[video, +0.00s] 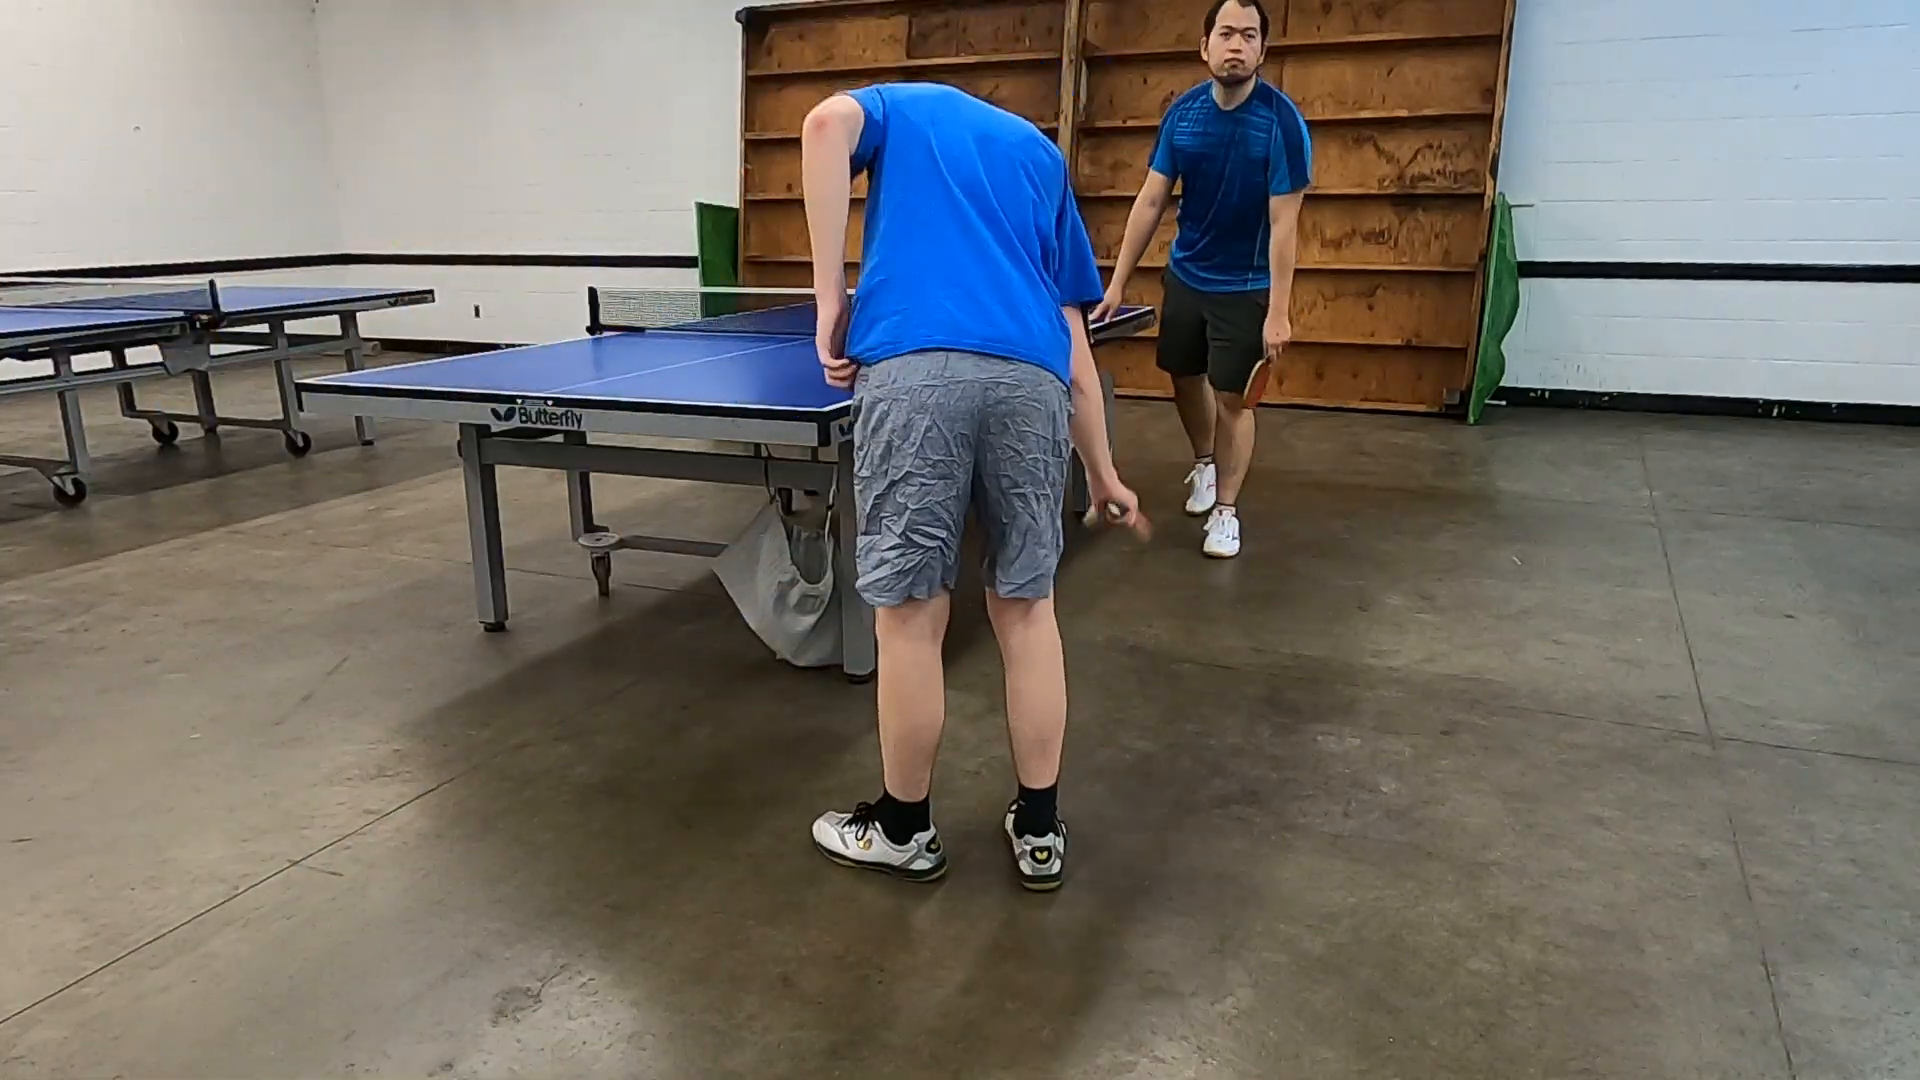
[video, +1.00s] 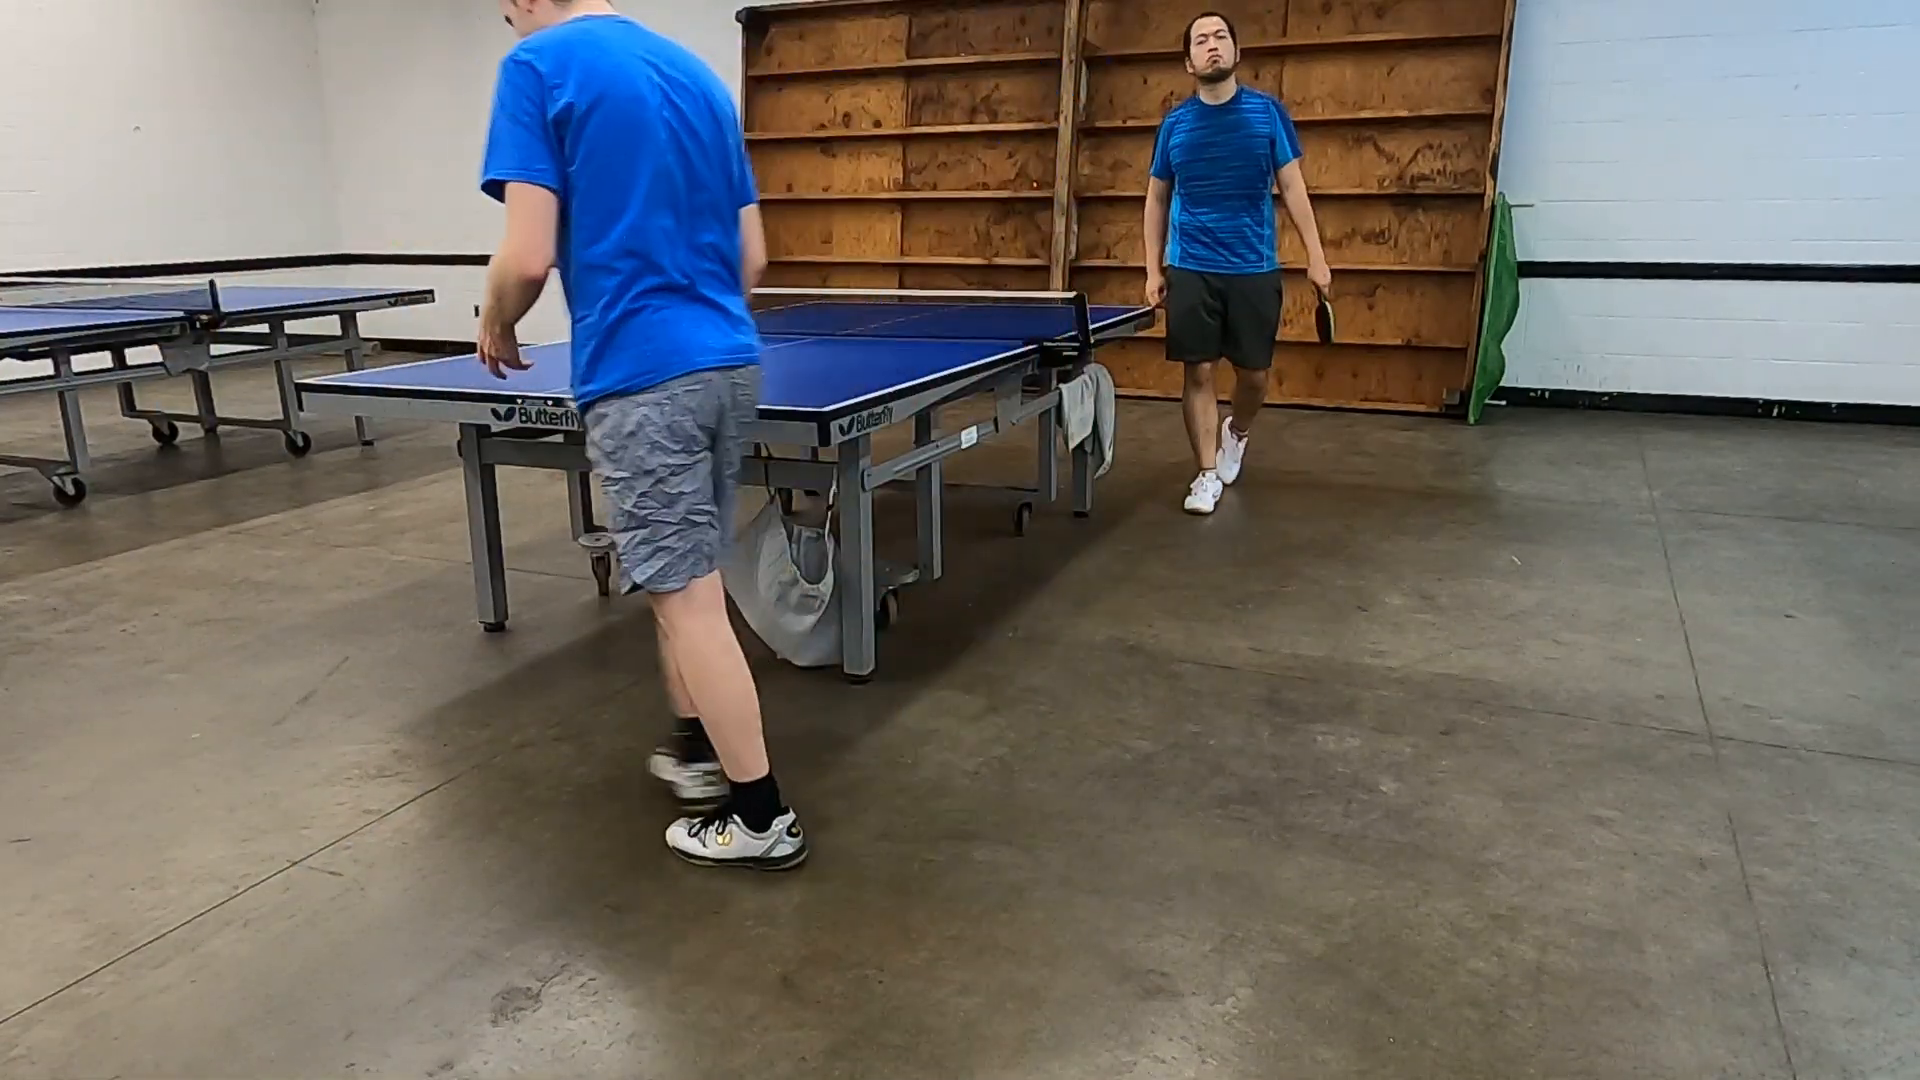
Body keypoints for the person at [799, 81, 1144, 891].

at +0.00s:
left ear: (922, 99)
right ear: (1005, 121)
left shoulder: (902, 104)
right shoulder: (1046, 160)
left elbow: (826, 125)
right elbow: (1073, 335)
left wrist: (831, 293)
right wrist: (1102, 467)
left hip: (916, 369)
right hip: (1032, 382)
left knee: (910, 614)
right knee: (1027, 607)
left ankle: (905, 825)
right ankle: (1040, 830)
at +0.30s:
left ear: (878, 84)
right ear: (947, 83)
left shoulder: (853, 106)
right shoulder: (1019, 129)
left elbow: (802, 255)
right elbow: (1070, 308)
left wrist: (818, 379)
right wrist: (1096, 440)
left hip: (912, 378)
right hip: (1034, 379)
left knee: (873, 592)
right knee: (1029, 604)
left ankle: (876, 825)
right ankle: (1041, 832)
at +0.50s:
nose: (765, 119)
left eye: (763, 107)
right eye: (768, 105)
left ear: (776, 93)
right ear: (848, 69)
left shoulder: (770, 144)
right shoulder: (938, 108)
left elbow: (778, 339)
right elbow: (1025, 273)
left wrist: (787, 460)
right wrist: (1046, 390)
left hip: (872, 390)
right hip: (991, 375)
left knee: (816, 600)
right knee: (1015, 603)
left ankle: (775, 816)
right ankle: (1041, 829)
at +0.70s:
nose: (642, 85)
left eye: (637, 73)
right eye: (639, 73)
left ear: (649, 56)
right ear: (724, 37)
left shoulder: (652, 114)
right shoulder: (827, 90)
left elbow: (676, 295)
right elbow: (927, 240)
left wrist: (683, 406)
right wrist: (938, 353)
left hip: (764, 386)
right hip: (880, 372)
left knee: (740, 596)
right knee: (920, 578)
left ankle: (763, 816)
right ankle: (1009, 789)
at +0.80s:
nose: (591, 52)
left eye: (586, 38)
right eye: (589, 39)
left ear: (599, 24)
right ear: (675, 14)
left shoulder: (610, 86)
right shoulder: (781, 78)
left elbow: (619, 271)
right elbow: (871, 239)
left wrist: (576, 375)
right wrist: (854, 348)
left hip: (720, 376)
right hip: (826, 366)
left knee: (724, 598)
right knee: (843, 566)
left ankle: (762, 816)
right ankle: (938, 749)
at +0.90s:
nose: (553, 35)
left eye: (546, 25)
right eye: (550, 27)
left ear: (564, 10)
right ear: (639, 1)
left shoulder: (572, 66)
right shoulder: (738, 71)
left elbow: (574, 261)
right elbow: (809, 244)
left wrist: (509, 348)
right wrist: (776, 332)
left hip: (681, 367)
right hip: (778, 357)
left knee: (707, 593)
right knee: (764, 557)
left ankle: (759, 811)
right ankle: (826, 737)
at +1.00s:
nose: (512, 29)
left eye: (508, 20)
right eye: (509, 21)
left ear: (528, 6)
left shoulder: (538, 60)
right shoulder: (697, 74)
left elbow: (528, 260)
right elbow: (750, 258)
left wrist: (496, 323)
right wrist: (698, 321)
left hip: (641, 372)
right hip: (734, 359)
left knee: (692, 599)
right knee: (682, 571)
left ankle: (763, 814)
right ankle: (700, 747)